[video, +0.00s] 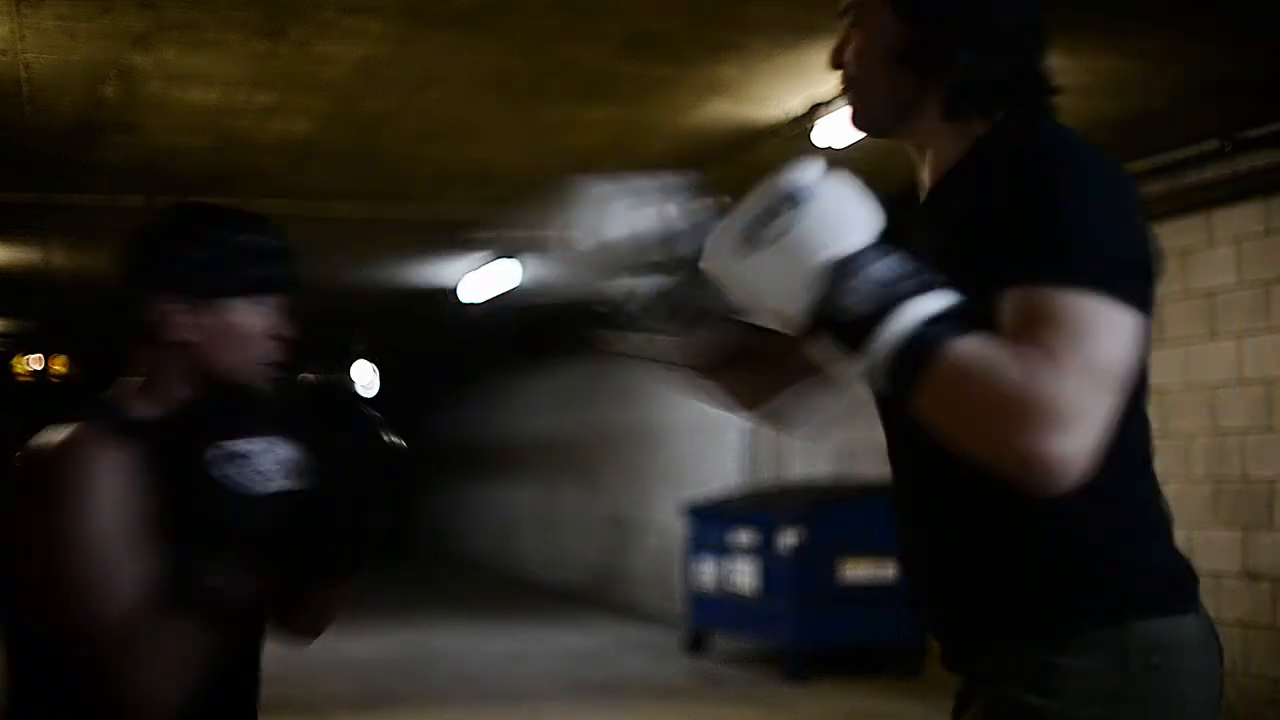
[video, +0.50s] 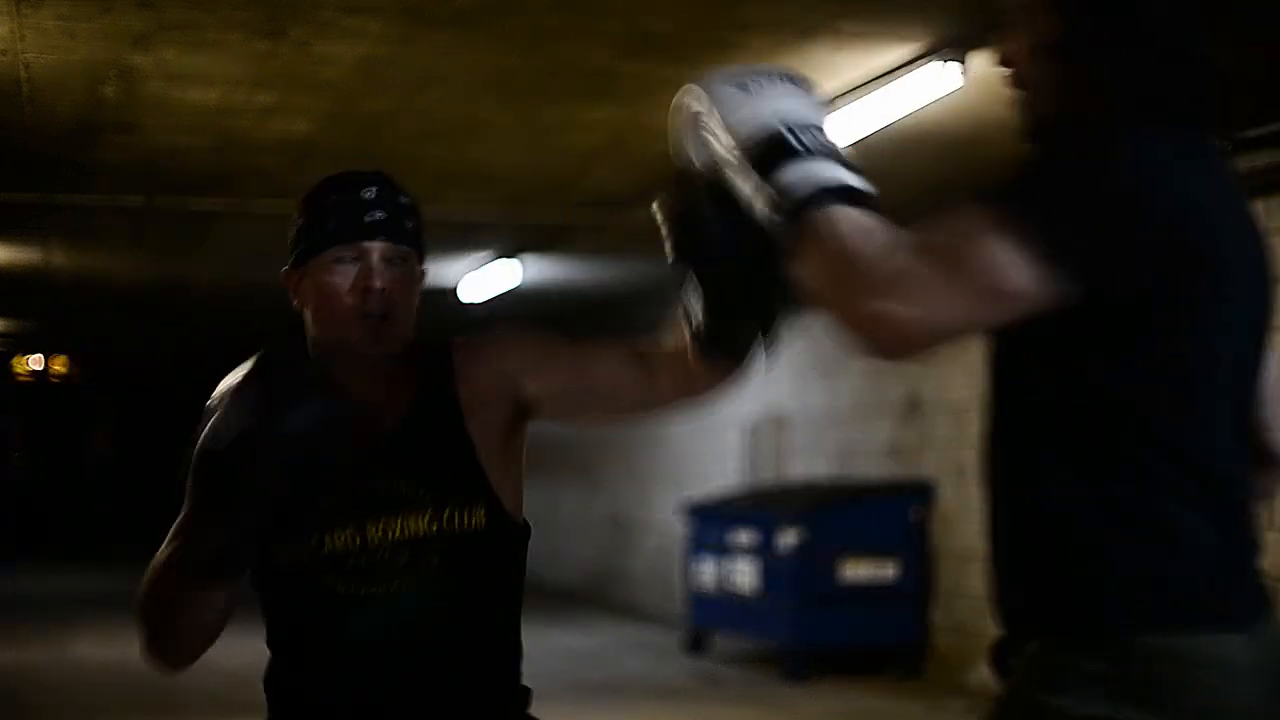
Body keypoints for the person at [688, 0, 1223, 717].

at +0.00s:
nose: (837, 56)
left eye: (858, 25)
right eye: (845, 29)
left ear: (935, 32)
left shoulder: (1067, 182)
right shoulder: (918, 223)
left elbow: (1053, 430)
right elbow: (774, 381)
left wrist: (865, 286)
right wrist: (677, 310)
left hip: (1106, 660)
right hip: (1003, 652)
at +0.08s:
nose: (817, 86)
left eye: (842, 60)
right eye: (824, 57)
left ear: (940, 86)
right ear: (926, 87)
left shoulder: (1091, 200)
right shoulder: (870, 231)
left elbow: (1095, 431)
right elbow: (623, 300)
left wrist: (892, 265)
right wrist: (412, 294)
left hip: (1128, 663)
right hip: (991, 664)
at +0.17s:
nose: (814, 89)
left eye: (835, 55)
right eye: (819, 56)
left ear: (921, 65)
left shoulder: (1096, 201)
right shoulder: (875, 234)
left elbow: (1094, 437)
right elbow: (689, 360)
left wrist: (892, 262)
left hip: (1120, 666)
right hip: (990, 664)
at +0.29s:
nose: (855, 87)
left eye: (874, 53)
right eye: (860, 54)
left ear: (945, 50)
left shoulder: (1075, 186)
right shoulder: (969, 203)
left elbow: (981, 392)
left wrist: (823, 193)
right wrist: (837, 488)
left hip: (1097, 664)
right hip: (1009, 650)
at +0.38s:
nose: (917, 62)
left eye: (938, 40)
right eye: (924, 40)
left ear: (1001, 47)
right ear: (1021, 50)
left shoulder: (1070, 178)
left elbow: (861, 356)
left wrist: (761, 134)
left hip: (1090, 657)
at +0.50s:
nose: (1006, 58)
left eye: (1025, 34)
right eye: (1008, 35)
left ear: (1083, 42)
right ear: (1141, 50)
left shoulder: (1110, 174)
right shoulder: (1213, 196)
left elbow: (896, 302)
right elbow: (1261, 433)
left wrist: (787, 151)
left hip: (1106, 658)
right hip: (1204, 649)